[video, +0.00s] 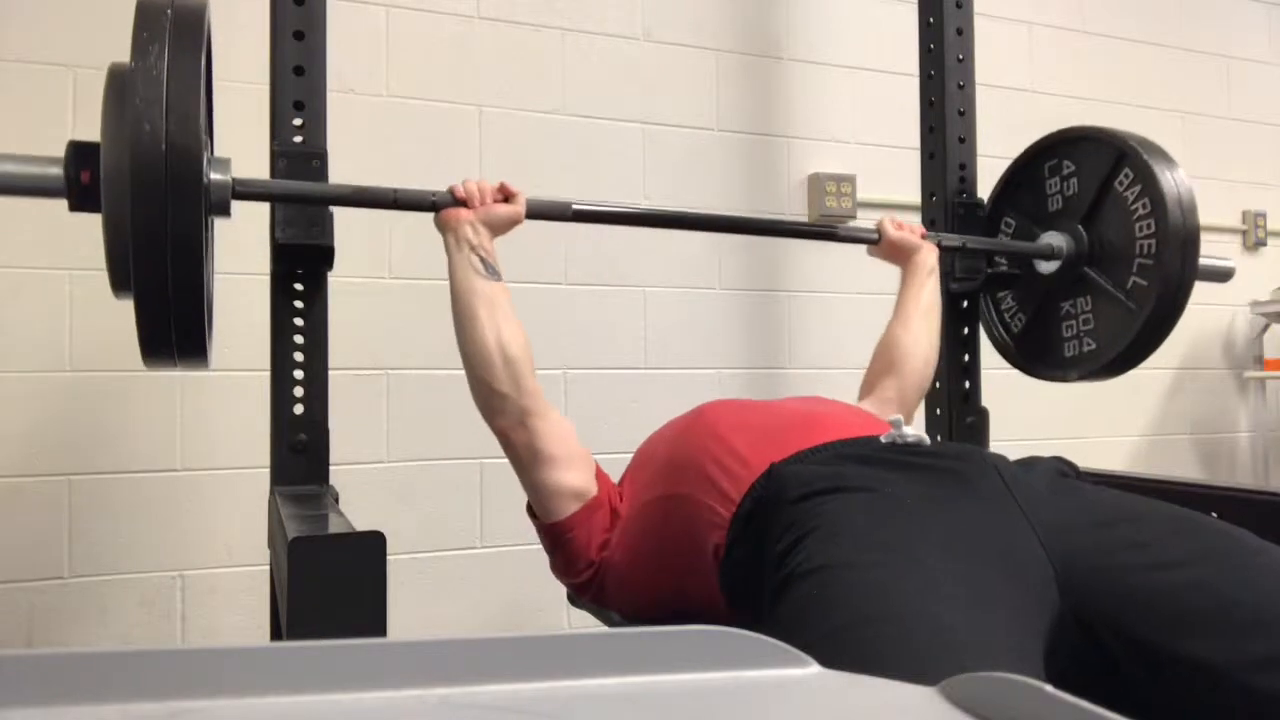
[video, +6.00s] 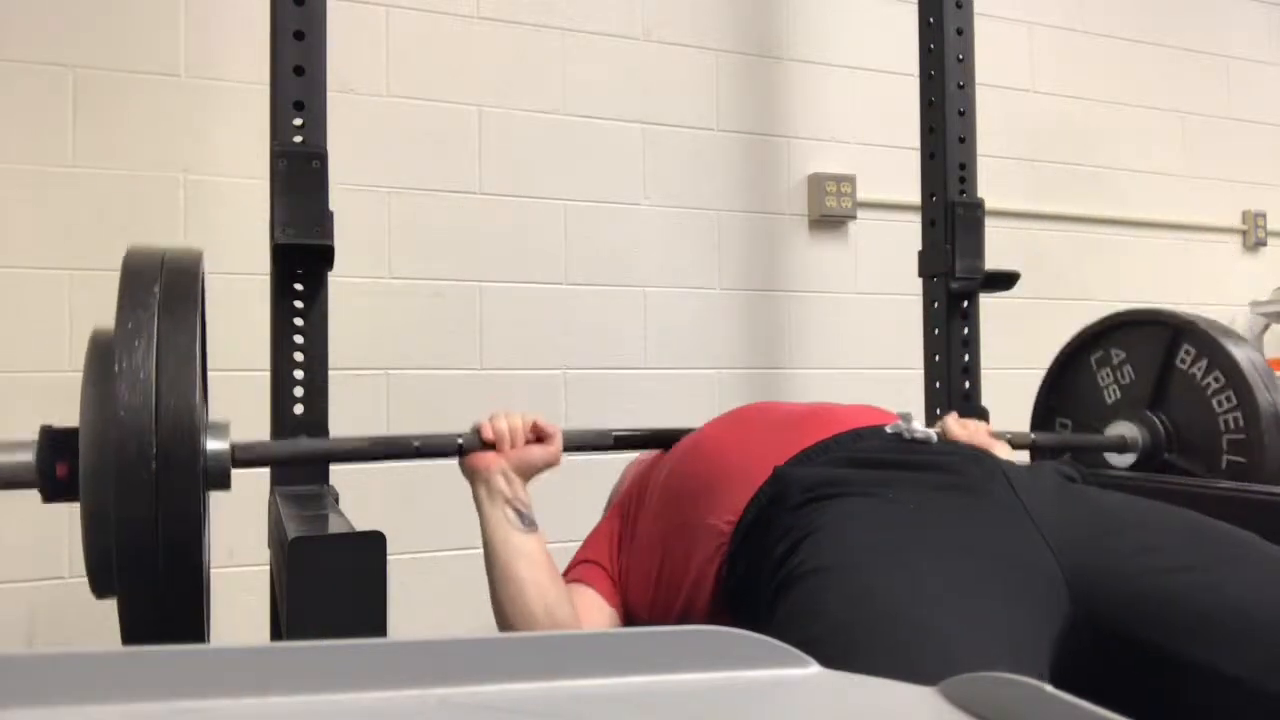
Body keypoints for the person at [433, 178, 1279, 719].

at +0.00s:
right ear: (620, 504)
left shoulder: (845, 426)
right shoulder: (612, 537)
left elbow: (896, 384)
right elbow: (517, 412)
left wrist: (919, 265)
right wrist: (471, 250)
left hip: (1011, 474)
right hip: (838, 493)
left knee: (1268, 603)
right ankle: (985, 701)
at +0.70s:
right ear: (643, 495)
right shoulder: (620, 543)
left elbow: (980, 471)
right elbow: (509, 538)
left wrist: (954, 352)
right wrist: (472, 364)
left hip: (1028, 484)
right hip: (850, 506)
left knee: (1270, 614)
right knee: (928, 691)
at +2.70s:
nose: (772, 422)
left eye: (805, 425)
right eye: (734, 426)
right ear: (657, 485)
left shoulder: (871, 440)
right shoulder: (624, 539)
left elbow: (969, 468)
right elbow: (529, 533)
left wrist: (973, 347)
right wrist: (484, 364)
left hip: (1044, 490)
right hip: (853, 509)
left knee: (1273, 621)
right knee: (936, 693)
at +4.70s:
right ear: (640, 493)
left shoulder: (855, 425)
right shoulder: (619, 539)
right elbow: (550, 634)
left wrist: (980, 454)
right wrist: (496, 491)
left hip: (1031, 487)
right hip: (851, 507)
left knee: (1274, 607)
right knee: (935, 694)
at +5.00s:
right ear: (654, 497)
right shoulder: (629, 537)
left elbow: (994, 480)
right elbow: (535, 546)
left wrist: (980, 374)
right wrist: (492, 380)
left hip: (1035, 484)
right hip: (858, 506)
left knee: (1273, 618)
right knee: (918, 695)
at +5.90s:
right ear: (647, 481)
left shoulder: (865, 422)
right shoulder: (625, 531)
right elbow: (551, 629)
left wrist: (986, 451)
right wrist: (499, 483)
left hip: (1035, 487)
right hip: (858, 504)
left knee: (1273, 608)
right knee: (932, 686)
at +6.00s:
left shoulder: (849, 425)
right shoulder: (613, 544)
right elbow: (555, 635)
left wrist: (986, 457)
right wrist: (498, 499)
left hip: (1035, 487)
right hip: (856, 506)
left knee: (1274, 607)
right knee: (929, 700)